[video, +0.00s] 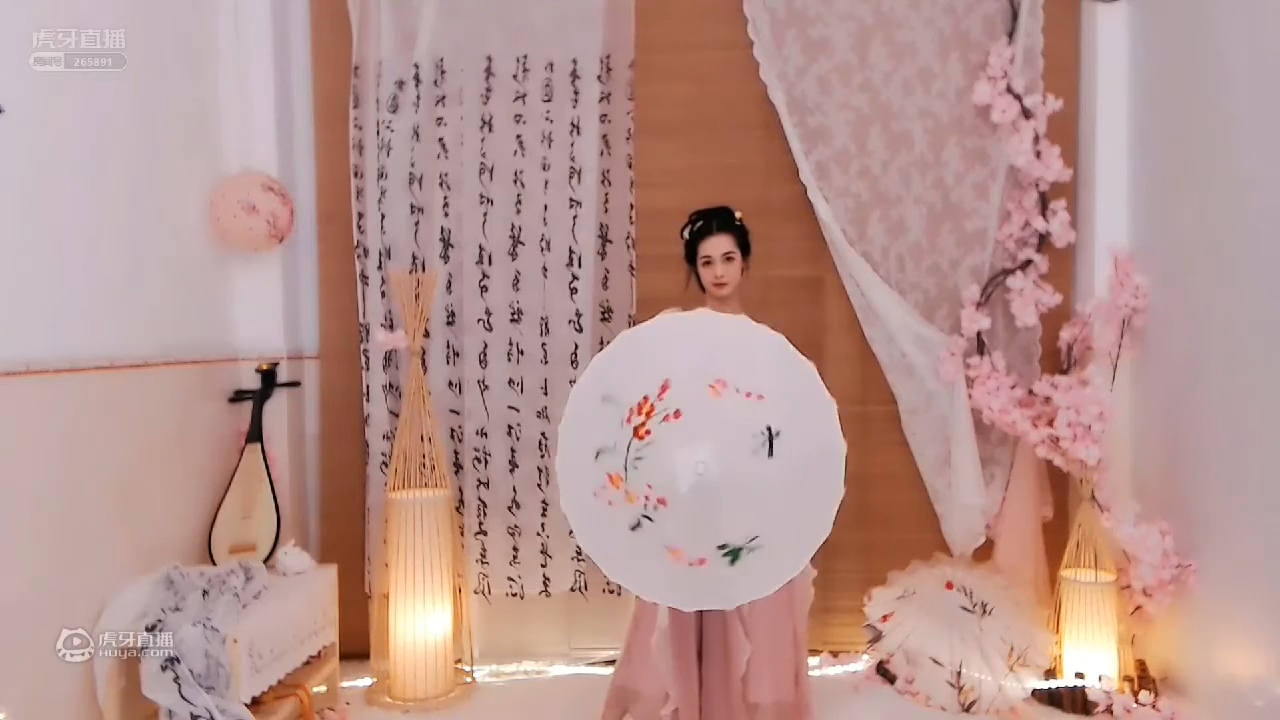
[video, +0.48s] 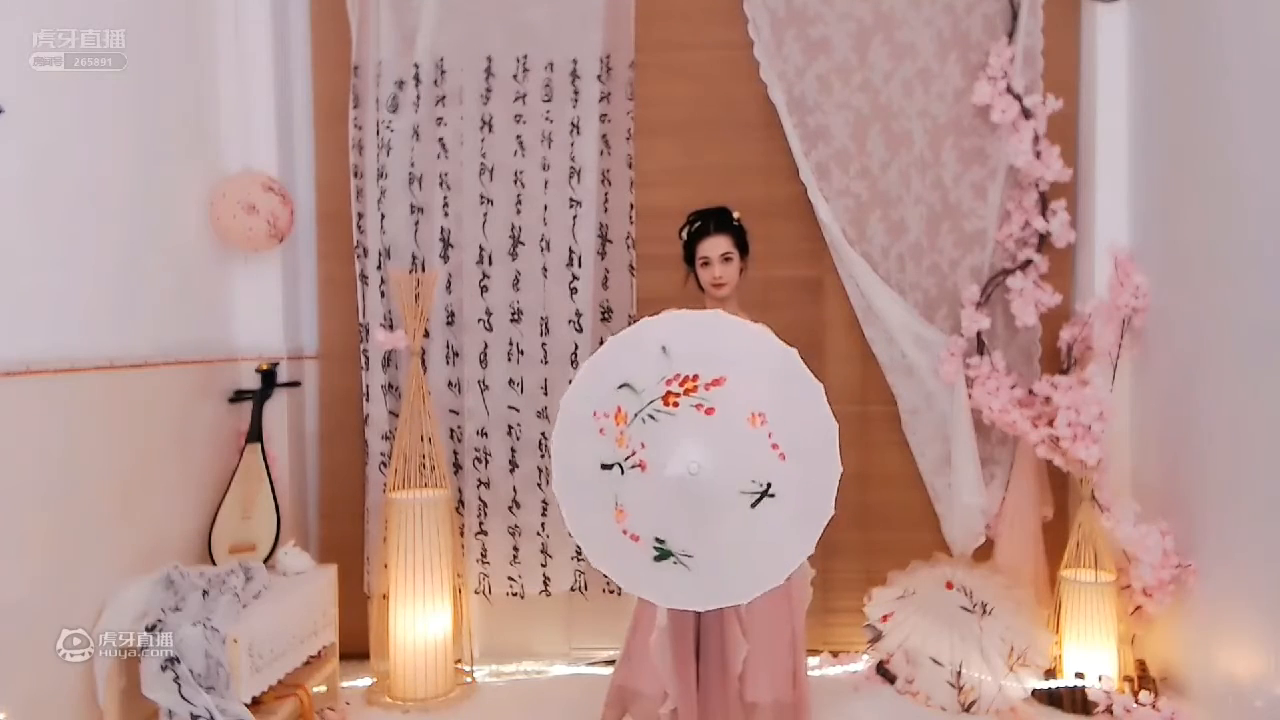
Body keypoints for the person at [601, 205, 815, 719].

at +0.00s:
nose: (718, 271)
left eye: (728, 258)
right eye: (707, 261)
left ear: (744, 263)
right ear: (694, 267)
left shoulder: (766, 343)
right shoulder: (671, 333)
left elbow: (796, 430)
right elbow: (635, 415)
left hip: (752, 499)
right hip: (682, 498)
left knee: (750, 618)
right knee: (681, 620)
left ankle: (747, 712)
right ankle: (677, 713)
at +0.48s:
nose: (716, 271)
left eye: (726, 259)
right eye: (705, 261)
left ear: (742, 263)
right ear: (693, 268)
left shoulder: (760, 337)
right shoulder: (672, 334)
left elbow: (785, 427)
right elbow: (647, 417)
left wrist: (786, 511)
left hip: (746, 492)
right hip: (683, 489)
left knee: (745, 608)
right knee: (680, 608)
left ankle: (744, 710)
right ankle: (677, 711)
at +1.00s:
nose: (716, 272)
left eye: (726, 259)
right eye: (705, 262)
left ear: (742, 264)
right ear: (693, 268)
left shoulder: (761, 340)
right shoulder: (670, 337)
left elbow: (787, 430)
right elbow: (643, 421)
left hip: (746, 495)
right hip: (681, 493)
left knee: (744, 612)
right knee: (679, 612)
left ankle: (744, 711)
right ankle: (677, 712)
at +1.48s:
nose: (715, 273)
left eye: (724, 259)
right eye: (704, 262)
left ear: (742, 263)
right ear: (692, 269)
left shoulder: (760, 342)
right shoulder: (673, 338)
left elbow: (785, 431)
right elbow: (647, 425)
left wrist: (783, 514)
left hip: (747, 495)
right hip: (683, 494)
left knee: (746, 615)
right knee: (679, 614)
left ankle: (745, 711)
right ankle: (675, 712)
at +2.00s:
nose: (715, 272)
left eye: (725, 259)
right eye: (704, 262)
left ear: (742, 262)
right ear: (693, 269)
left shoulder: (763, 341)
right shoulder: (674, 337)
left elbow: (789, 434)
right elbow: (648, 424)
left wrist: (785, 517)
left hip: (748, 496)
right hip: (681, 493)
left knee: (745, 614)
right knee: (681, 614)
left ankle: (743, 711)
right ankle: (677, 711)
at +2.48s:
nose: (715, 272)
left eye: (725, 259)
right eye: (704, 262)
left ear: (742, 262)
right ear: (692, 268)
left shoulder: (760, 338)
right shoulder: (670, 334)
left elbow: (785, 429)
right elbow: (647, 420)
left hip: (745, 492)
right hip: (679, 490)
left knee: (743, 609)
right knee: (680, 609)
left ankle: (742, 709)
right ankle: (678, 710)